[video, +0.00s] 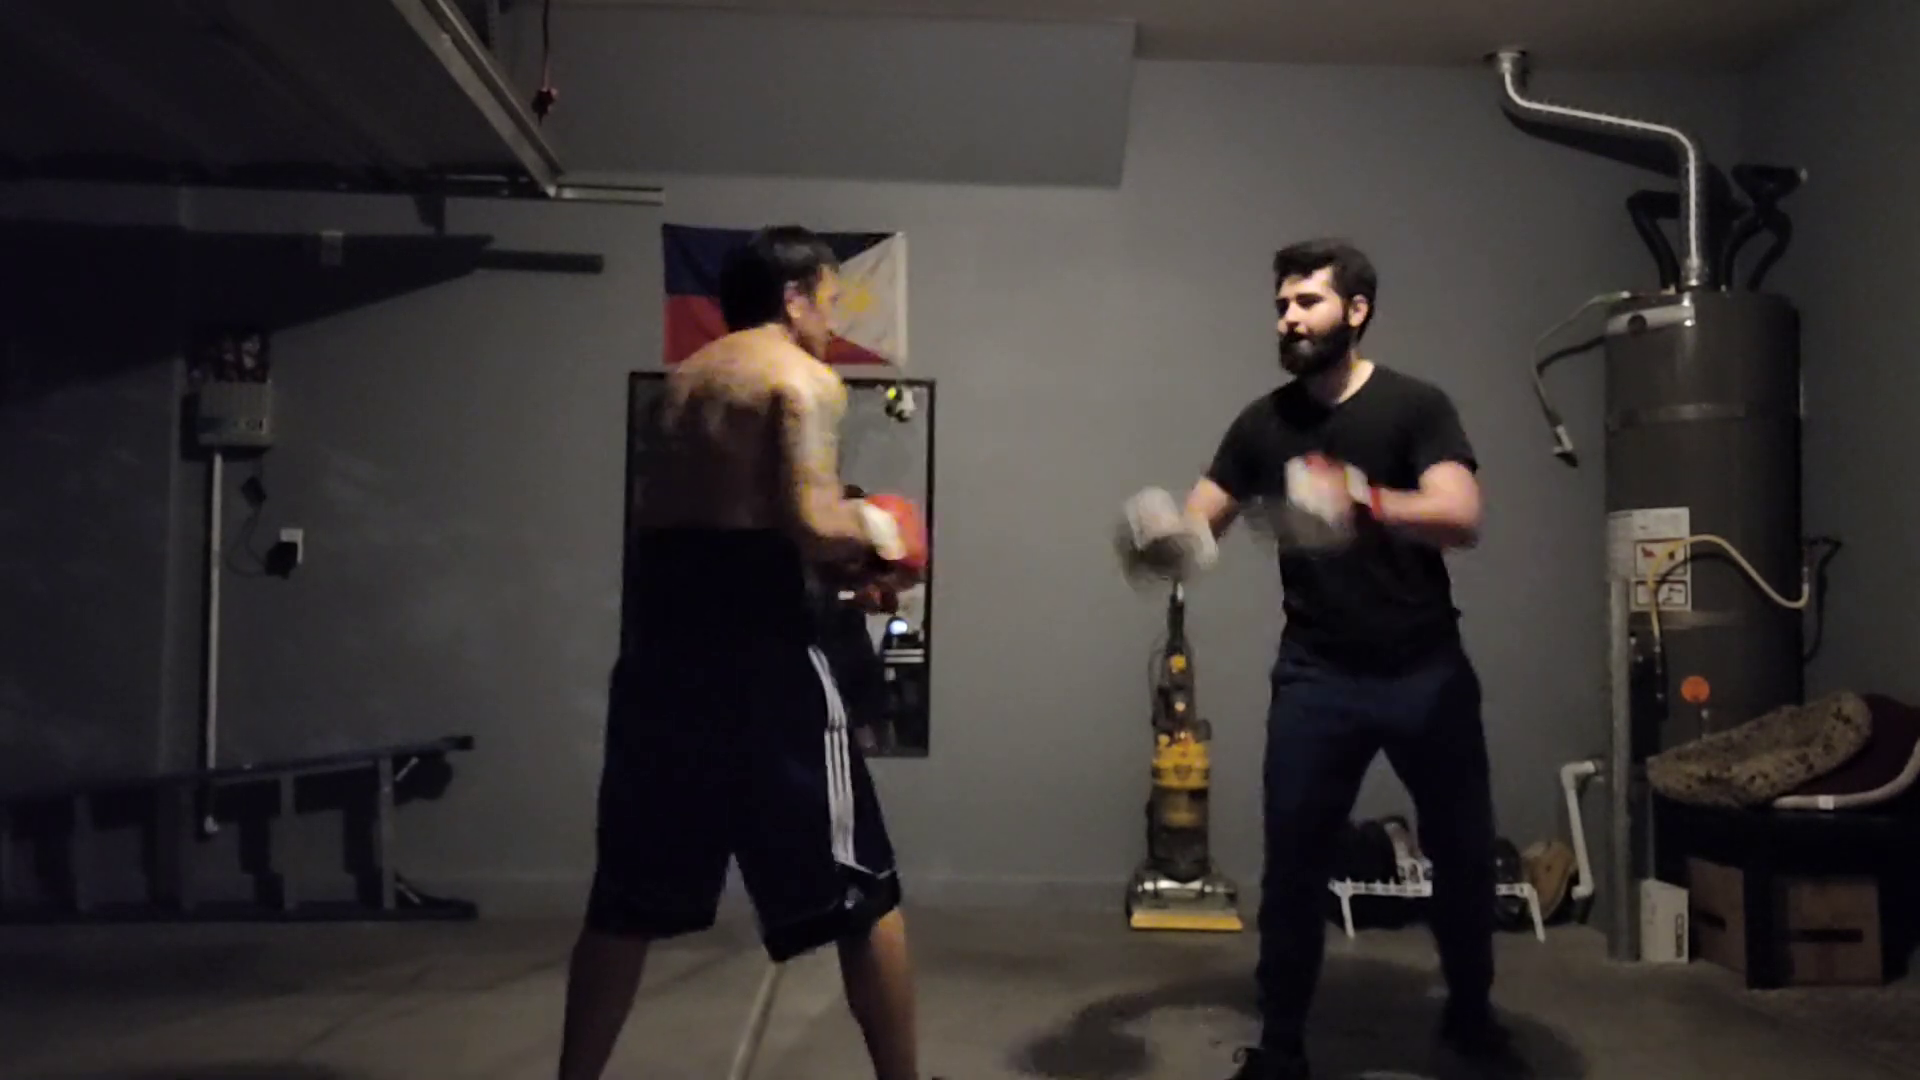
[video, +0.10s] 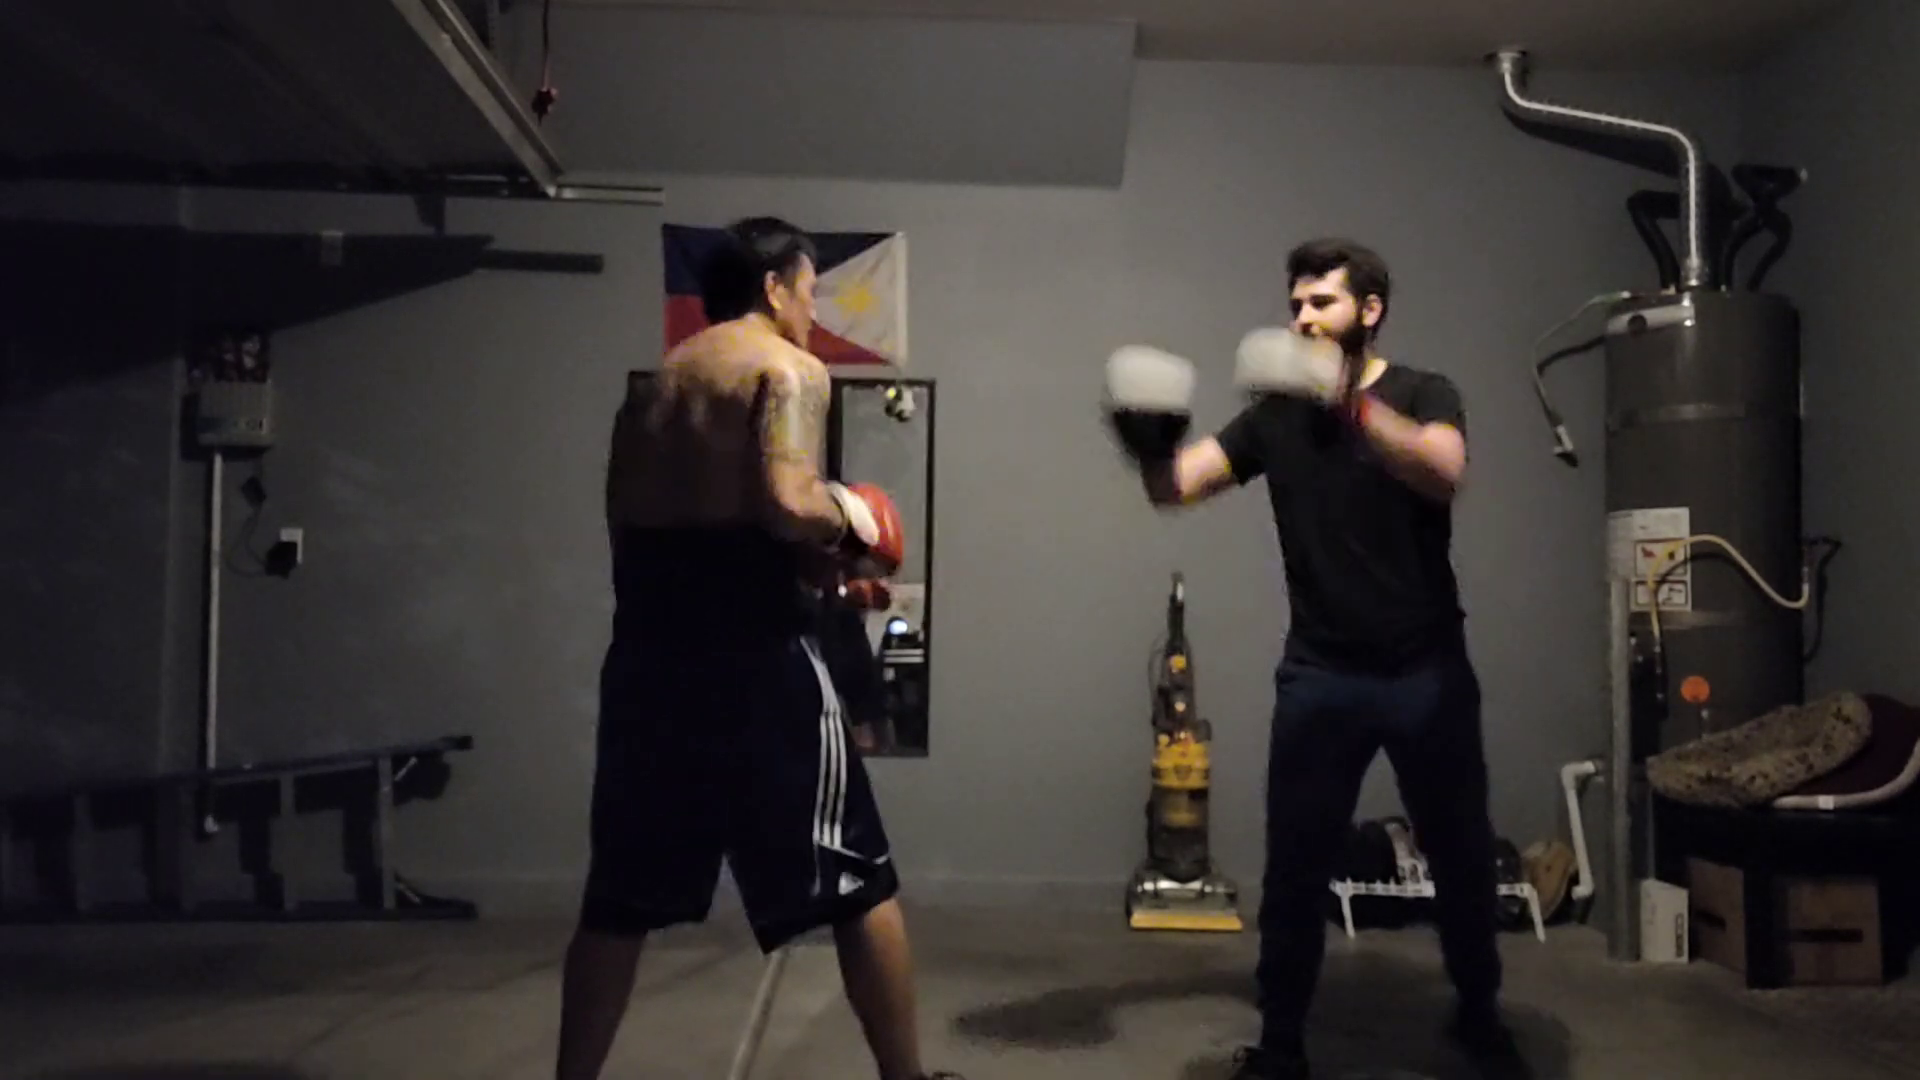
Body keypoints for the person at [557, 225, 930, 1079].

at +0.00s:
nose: (836, 318)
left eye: (834, 301)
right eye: (829, 301)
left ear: (746, 302)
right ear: (796, 300)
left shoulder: (674, 383)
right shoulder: (800, 380)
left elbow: (696, 544)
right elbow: (816, 525)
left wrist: (845, 574)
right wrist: (877, 534)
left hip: (668, 675)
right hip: (778, 678)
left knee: (625, 900)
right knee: (865, 895)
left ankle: (576, 1072)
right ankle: (901, 1071)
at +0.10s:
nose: (815, 309)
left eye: (814, 291)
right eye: (810, 291)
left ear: (724, 289)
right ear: (778, 289)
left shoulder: (649, 382)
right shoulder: (788, 369)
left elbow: (648, 538)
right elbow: (790, 502)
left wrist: (813, 574)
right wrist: (857, 512)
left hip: (651, 668)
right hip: (764, 670)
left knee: (616, 900)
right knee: (860, 887)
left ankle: (573, 1073)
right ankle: (907, 1072)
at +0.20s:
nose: (802, 305)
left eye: (801, 286)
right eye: (797, 285)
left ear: (714, 285)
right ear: (764, 284)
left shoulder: (640, 379)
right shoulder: (779, 366)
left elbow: (673, 526)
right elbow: (808, 502)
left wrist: (828, 555)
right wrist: (866, 488)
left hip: (646, 668)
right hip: (761, 670)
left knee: (613, 901)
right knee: (847, 894)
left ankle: (572, 1073)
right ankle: (885, 1071)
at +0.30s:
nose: (798, 303)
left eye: (797, 284)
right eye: (792, 283)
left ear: (706, 284)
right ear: (760, 282)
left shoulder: (638, 383)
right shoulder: (781, 368)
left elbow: (683, 528)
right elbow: (817, 506)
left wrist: (835, 537)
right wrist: (866, 480)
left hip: (652, 672)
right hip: (770, 675)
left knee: (614, 904)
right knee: (856, 890)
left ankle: (573, 1074)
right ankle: (889, 1071)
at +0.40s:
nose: (805, 304)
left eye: (802, 286)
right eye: (798, 286)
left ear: (714, 290)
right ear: (765, 287)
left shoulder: (645, 383)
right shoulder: (787, 372)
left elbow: (677, 541)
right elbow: (814, 514)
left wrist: (832, 564)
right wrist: (863, 483)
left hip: (661, 670)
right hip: (778, 670)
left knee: (626, 896)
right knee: (888, 864)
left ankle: (577, 1073)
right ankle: (910, 1065)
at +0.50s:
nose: (814, 314)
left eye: (811, 295)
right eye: (808, 296)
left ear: (721, 304)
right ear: (778, 299)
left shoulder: (656, 393)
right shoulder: (798, 385)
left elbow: (687, 534)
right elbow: (842, 529)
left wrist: (832, 566)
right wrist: (885, 501)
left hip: (677, 681)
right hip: (793, 679)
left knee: (633, 895)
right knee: (929, 838)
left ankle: (581, 1072)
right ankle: (949, 1049)